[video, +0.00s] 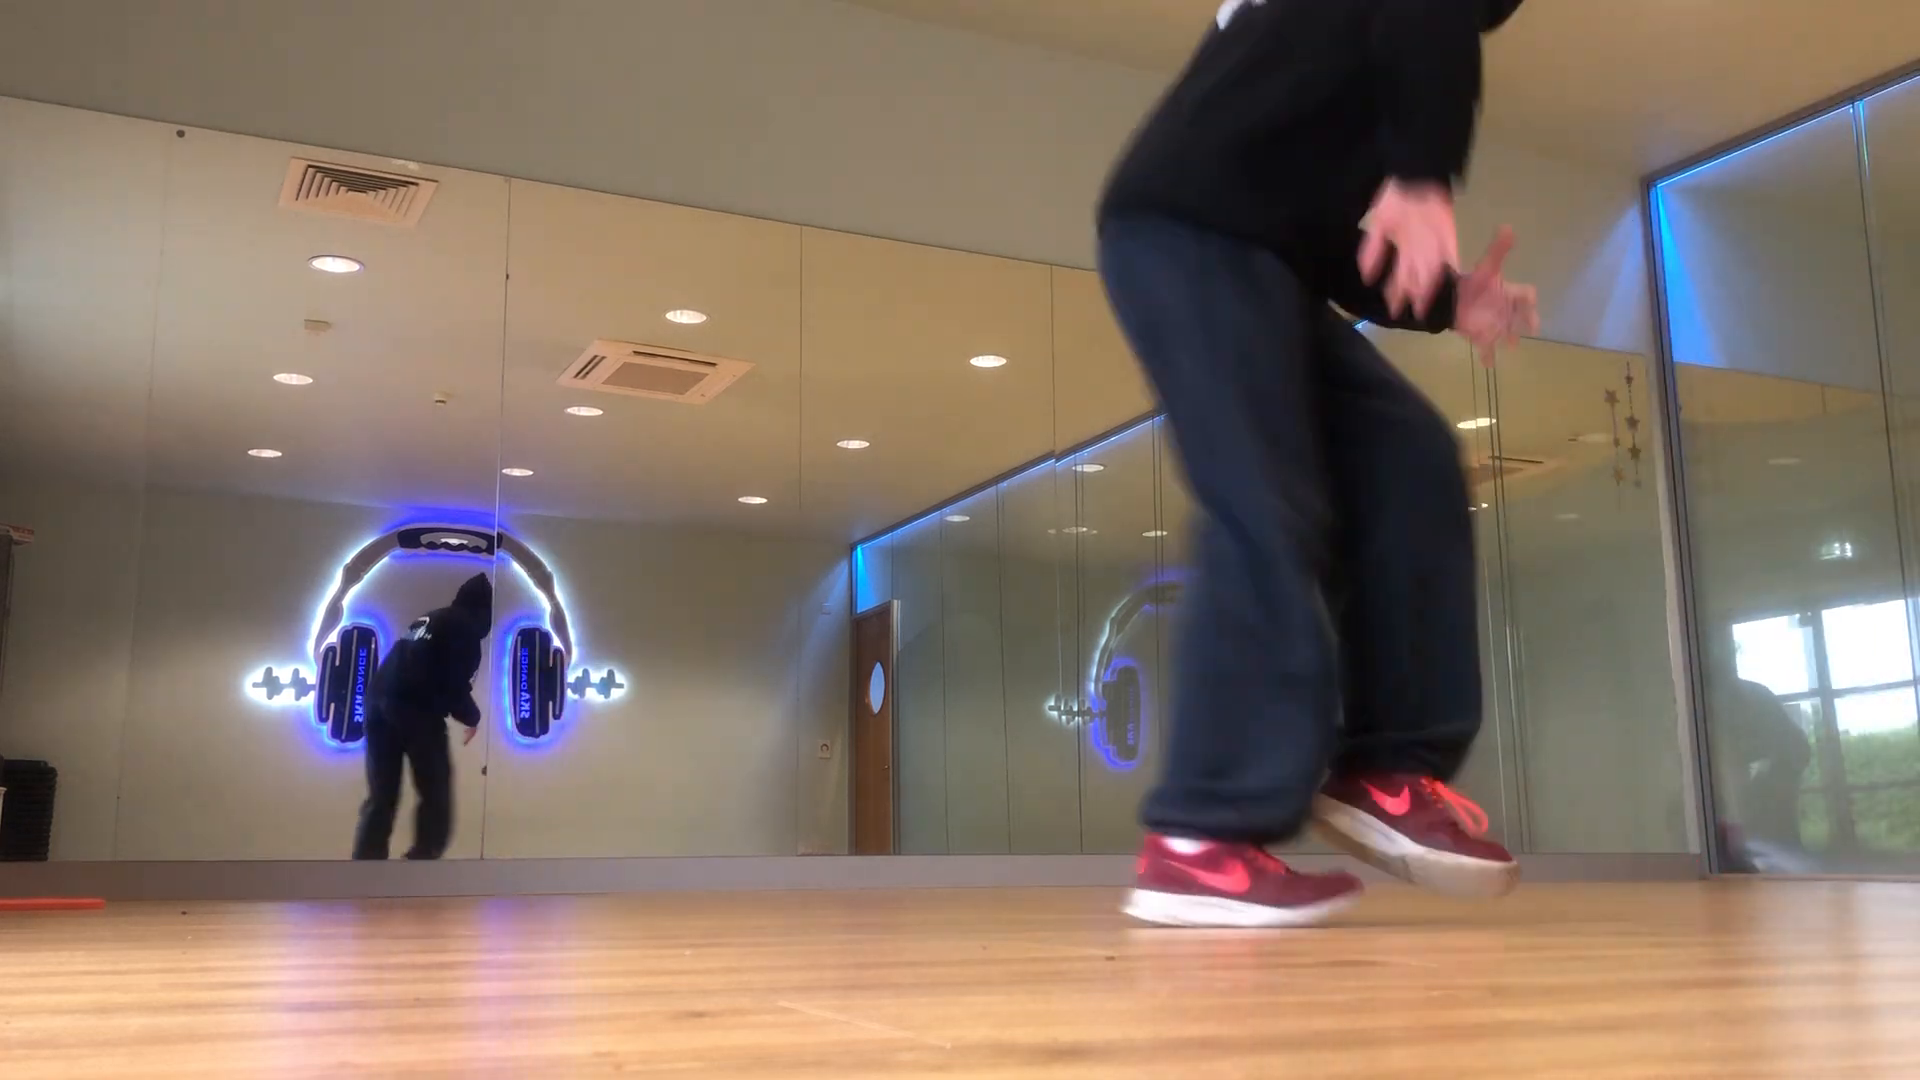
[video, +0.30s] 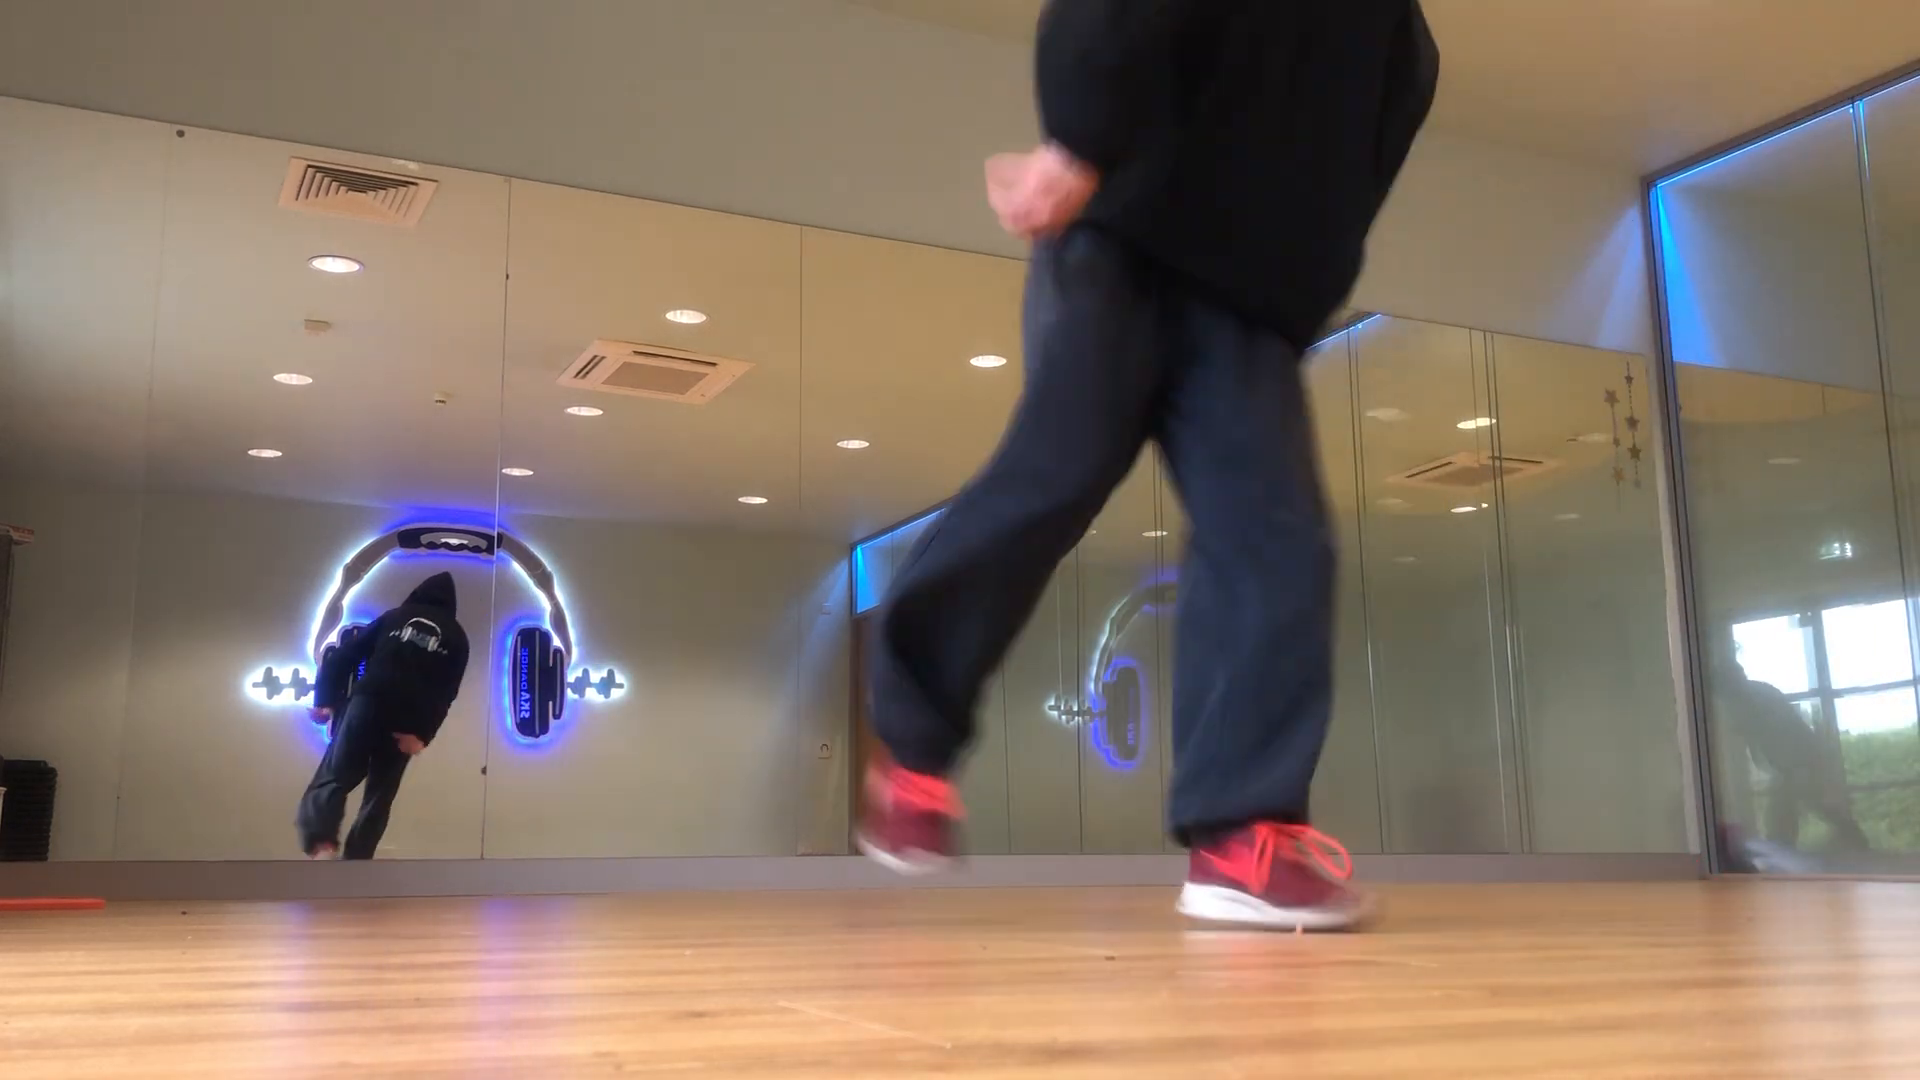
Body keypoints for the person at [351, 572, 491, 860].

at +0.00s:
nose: (489, 618)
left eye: (489, 611)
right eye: (488, 611)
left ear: (459, 599)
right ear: (483, 606)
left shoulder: (429, 618)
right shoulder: (465, 627)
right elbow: (452, 683)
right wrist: (472, 717)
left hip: (379, 709)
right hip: (420, 713)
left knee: (382, 794)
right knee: (436, 792)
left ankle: (365, 867)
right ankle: (422, 862)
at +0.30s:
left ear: (417, 593)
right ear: (451, 603)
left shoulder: (394, 616)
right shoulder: (458, 638)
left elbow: (343, 654)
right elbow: (448, 692)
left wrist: (325, 700)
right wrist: (424, 733)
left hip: (366, 707)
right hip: (408, 721)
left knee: (335, 777)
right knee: (380, 797)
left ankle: (323, 846)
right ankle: (355, 866)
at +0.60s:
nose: (387, 611)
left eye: (390, 605)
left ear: (398, 600)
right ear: (427, 600)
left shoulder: (393, 622)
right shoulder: (457, 632)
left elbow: (376, 675)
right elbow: (458, 697)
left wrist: (378, 710)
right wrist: (443, 751)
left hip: (399, 717)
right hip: (443, 720)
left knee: (366, 793)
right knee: (417, 796)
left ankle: (352, 865)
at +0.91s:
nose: (437, 656)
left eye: (436, 649)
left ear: (440, 638)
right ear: (466, 621)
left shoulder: (450, 657)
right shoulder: (501, 634)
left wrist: (456, 700)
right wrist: (458, 698)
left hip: (489, 727)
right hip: (530, 721)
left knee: (479, 794)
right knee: (524, 799)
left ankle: (455, 850)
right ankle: (533, 867)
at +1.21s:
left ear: (480, 623)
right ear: (512, 615)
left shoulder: (479, 660)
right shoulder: (536, 637)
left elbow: (475, 696)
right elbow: (556, 667)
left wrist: (503, 730)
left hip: (514, 746)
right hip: (554, 733)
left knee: (545, 813)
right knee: (566, 805)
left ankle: (577, 870)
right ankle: (535, 850)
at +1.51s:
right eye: (528, 615)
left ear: (497, 617)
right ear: (526, 615)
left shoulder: (480, 642)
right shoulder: (534, 637)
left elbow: (465, 694)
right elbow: (541, 689)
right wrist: (541, 739)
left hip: (463, 721)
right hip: (507, 722)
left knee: (498, 779)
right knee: (524, 794)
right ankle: (519, 866)